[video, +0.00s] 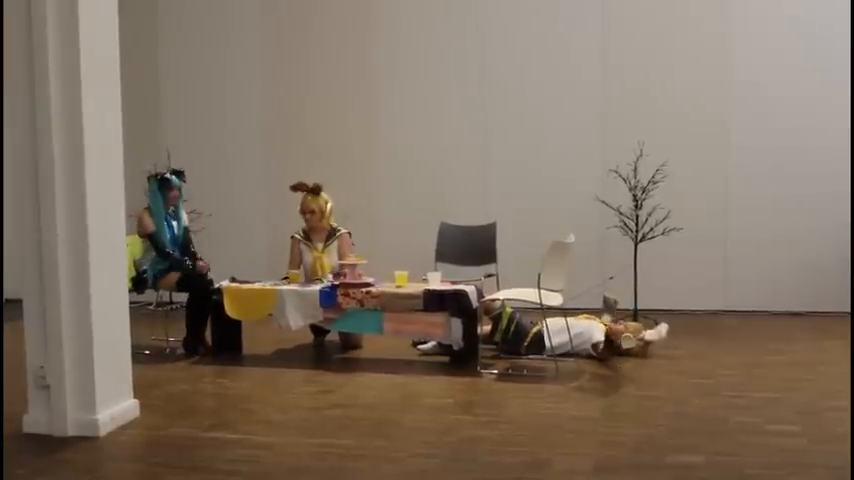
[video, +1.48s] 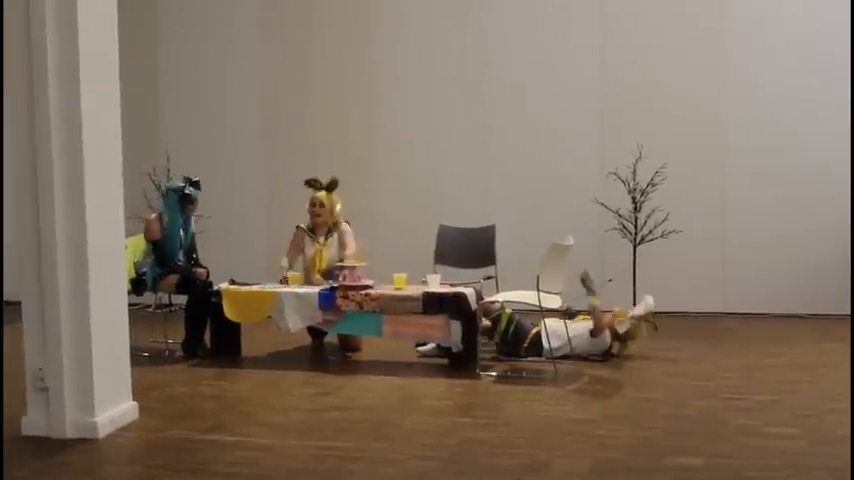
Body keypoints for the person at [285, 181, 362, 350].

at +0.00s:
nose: (306, 217)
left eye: (311, 213)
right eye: (303, 213)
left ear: (325, 213)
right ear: (300, 213)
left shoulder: (341, 235)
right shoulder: (298, 238)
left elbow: (348, 268)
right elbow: (293, 271)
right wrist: (290, 283)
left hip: (339, 291)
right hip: (311, 294)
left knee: (353, 343)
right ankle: (319, 338)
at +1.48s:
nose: (315, 209)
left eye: (321, 205)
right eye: (312, 205)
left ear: (332, 209)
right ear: (308, 207)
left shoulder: (342, 229)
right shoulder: (302, 231)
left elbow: (348, 258)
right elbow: (289, 259)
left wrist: (335, 273)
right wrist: (285, 275)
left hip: (339, 291)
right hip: (309, 293)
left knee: (353, 345)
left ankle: (344, 339)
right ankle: (317, 340)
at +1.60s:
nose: (315, 207)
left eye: (321, 204)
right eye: (313, 203)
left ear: (332, 207)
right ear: (311, 205)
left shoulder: (338, 228)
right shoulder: (305, 225)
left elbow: (351, 226)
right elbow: (273, 224)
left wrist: (353, 223)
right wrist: (283, 247)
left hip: (339, 288)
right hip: (310, 288)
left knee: (354, 345)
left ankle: (344, 338)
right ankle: (317, 338)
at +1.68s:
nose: (311, 207)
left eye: (316, 203)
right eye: (311, 203)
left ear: (330, 207)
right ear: (311, 205)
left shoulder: (341, 227)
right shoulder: (308, 223)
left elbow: (353, 202)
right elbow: (286, 195)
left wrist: (350, 197)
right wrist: (283, 208)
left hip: (339, 293)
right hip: (311, 293)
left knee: (352, 345)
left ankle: (344, 340)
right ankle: (317, 341)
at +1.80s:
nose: (308, 208)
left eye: (313, 204)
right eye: (308, 203)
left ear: (326, 207)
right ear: (308, 206)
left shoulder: (337, 229)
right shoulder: (308, 226)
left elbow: (344, 193)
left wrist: (351, 162)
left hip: (336, 298)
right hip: (308, 298)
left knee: (350, 345)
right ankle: (318, 335)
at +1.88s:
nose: (306, 208)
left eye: (311, 203)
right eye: (306, 203)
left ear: (324, 207)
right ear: (306, 207)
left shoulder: (337, 231)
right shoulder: (305, 230)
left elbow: (349, 193)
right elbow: (297, 203)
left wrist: (361, 165)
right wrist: (295, 175)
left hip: (337, 298)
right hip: (310, 299)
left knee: (352, 345)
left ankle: (345, 334)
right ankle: (317, 338)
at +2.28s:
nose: (315, 216)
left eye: (320, 211)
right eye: (311, 211)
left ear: (328, 214)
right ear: (304, 214)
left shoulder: (336, 233)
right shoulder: (303, 236)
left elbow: (357, 205)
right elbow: (283, 204)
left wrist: (382, 184)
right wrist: (280, 177)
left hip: (339, 296)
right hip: (310, 297)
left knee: (351, 346)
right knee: (295, 300)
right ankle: (316, 339)